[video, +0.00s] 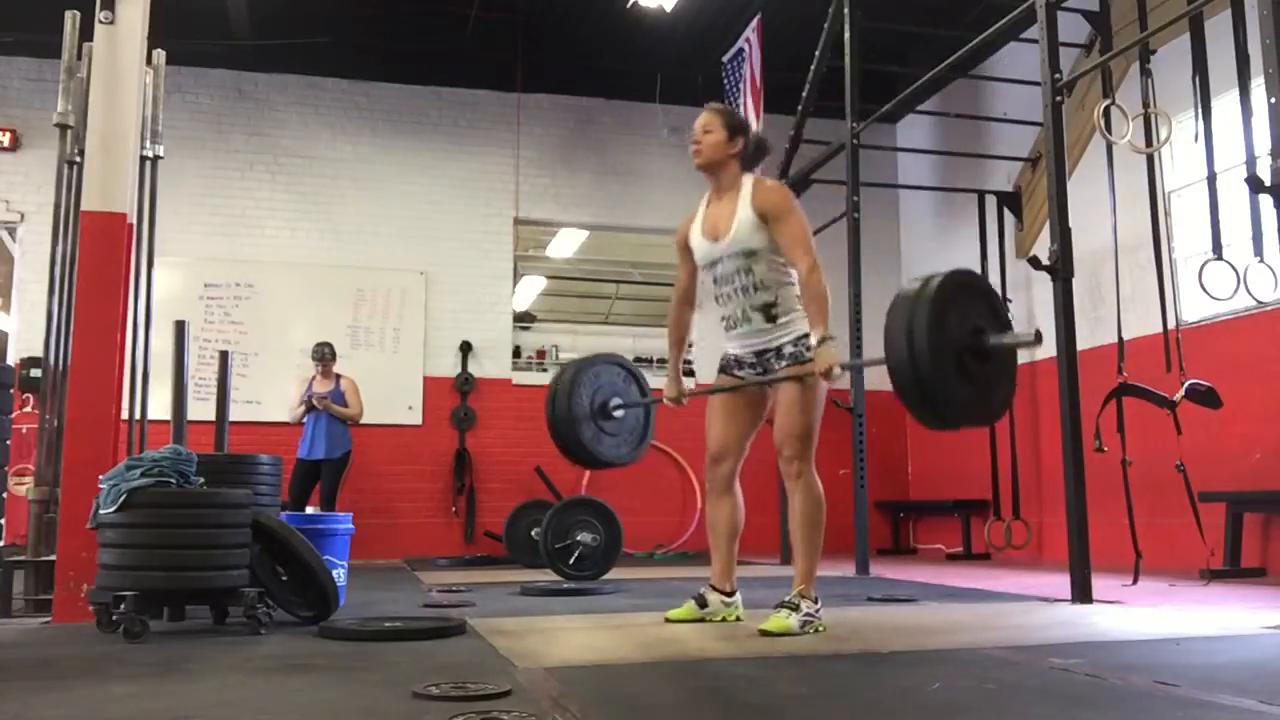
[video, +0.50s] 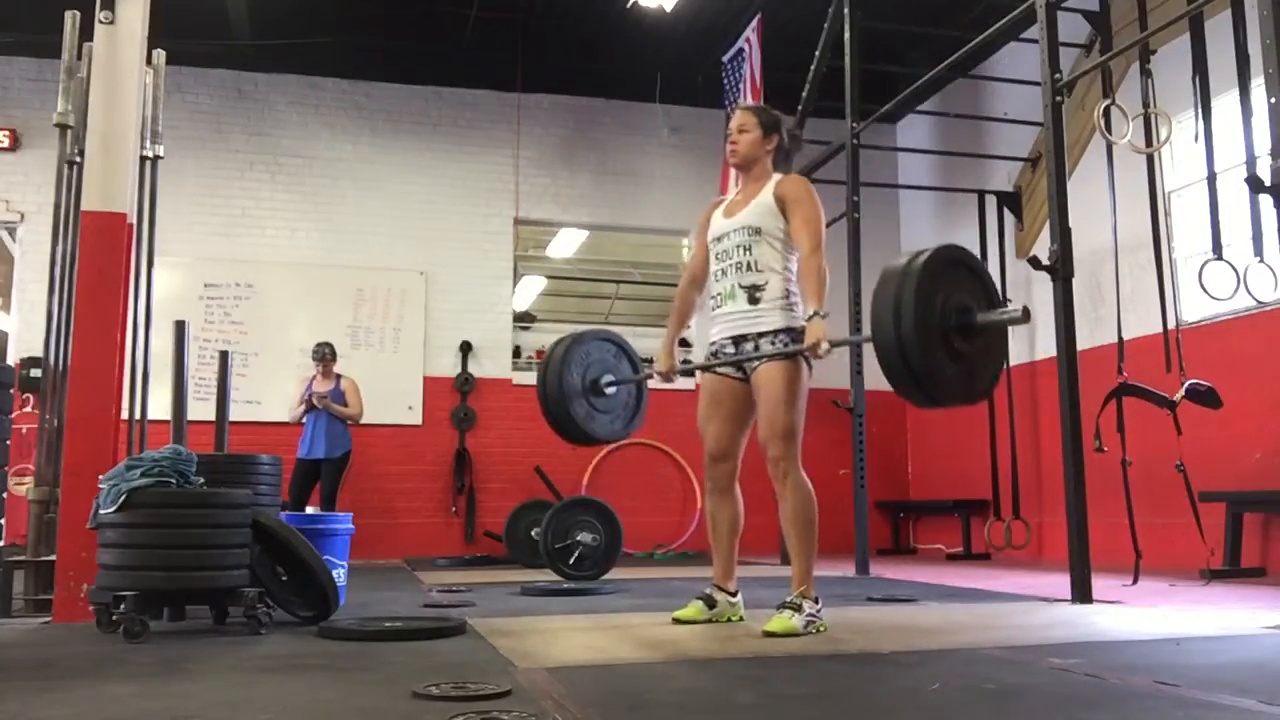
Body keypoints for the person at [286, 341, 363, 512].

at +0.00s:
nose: (321, 370)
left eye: (325, 365)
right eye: (317, 365)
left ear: (334, 362)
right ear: (313, 363)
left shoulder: (346, 383)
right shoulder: (306, 383)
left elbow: (356, 415)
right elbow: (292, 417)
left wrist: (329, 406)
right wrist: (306, 405)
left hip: (336, 450)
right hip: (309, 450)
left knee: (327, 502)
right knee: (295, 500)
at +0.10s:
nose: (321, 370)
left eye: (325, 365)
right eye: (317, 365)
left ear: (334, 362)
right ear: (313, 363)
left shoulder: (346, 383)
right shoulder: (307, 383)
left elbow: (356, 415)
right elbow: (292, 417)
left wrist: (329, 406)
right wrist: (306, 405)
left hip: (336, 450)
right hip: (309, 450)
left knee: (327, 502)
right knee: (295, 500)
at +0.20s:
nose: (321, 369)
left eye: (326, 365)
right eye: (318, 365)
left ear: (334, 362)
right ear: (313, 363)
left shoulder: (346, 384)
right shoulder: (307, 383)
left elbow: (356, 415)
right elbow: (292, 417)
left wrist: (329, 405)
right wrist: (306, 405)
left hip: (336, 449)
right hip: (309, 449)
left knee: (327, 501)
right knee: (295, 499)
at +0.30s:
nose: (321, 369)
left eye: (326, 365)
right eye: (318, 365)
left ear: (334, 362)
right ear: (313, 363)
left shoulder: (346, 384)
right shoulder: (307, 383)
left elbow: (356, 415)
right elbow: (292, 417)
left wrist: (329, 405)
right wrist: (306, 406)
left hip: (336, 449)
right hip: (309, 449)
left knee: (327, 501)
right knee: (295, 499)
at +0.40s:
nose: (321, 369)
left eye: (326, 365)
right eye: (318, 365)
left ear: (334, 362)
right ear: (314, 363)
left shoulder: (346, 384)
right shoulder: (307, 383)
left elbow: (356, 415)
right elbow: (292, 417)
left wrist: (329, 405)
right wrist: (306, 406)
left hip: (336, 449)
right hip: (309, 449)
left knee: (327, 501)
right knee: (295, 499)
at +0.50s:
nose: (321, 369)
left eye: (326, 365)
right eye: (318, 365)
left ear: (334, 362)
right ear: (314, 363)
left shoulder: (346, 384)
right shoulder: (307, 383)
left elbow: (356, 415)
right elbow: (292, 417)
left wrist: (329, 405)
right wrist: (306, 405)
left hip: (336, 449)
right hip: (309, 449)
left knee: (327, 501)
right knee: (295, 499)